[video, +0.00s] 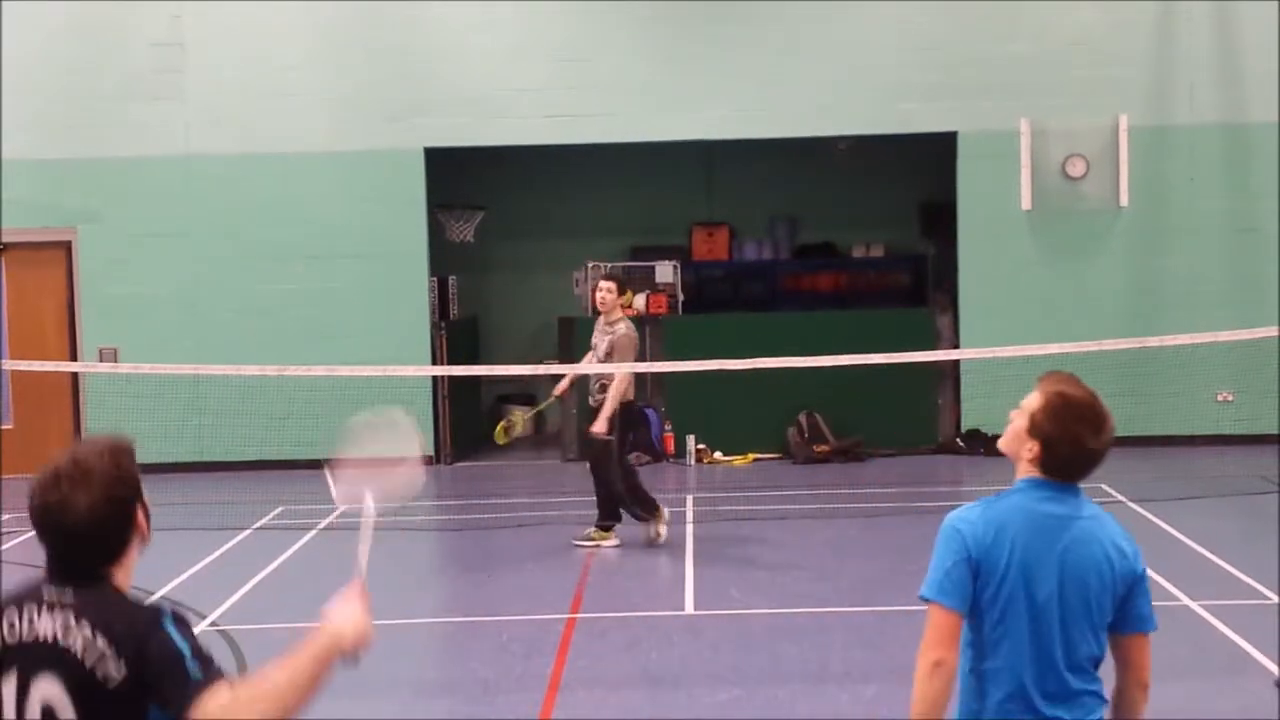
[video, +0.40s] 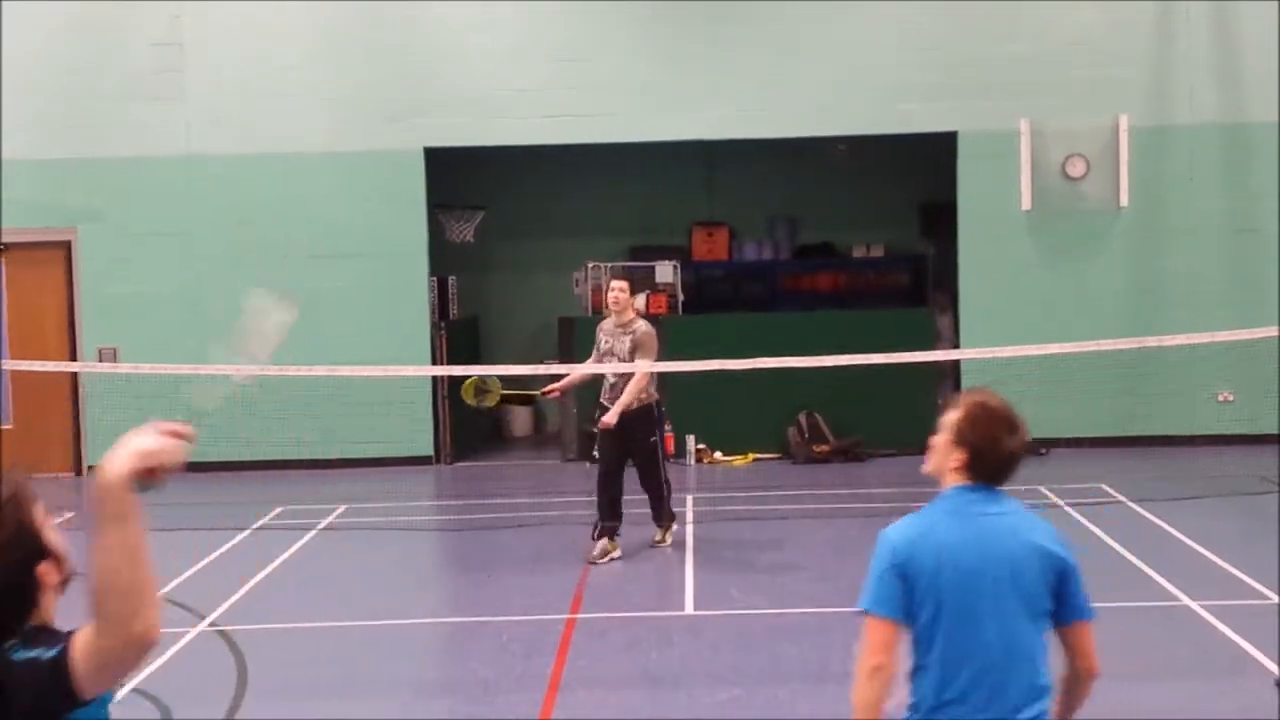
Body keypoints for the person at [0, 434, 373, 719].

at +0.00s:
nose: (145, 504)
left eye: (137, 495)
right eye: (143, 498)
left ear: (43, 528)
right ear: (140, 522)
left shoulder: (10, 615)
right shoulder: (147, 630)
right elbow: (221, 709)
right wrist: (332, 637)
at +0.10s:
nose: (132, 457)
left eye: (126, 443)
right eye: (128, 446)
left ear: (31, 478)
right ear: (125, 472)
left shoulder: (9, 546)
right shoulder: (127, 577)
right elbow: (226, 658)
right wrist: (305, 546)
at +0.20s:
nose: (107, 451)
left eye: (97, 441)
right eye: (102, 445)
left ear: (11, 478)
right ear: (100, 478)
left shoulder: (11, 561)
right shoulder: (95, 581)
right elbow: (211, 620)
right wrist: (268, 482)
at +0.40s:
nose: (58, 523)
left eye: (47, 518)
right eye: (47, 522)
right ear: (47, 573)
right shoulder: (19, 672)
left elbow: (129, 632)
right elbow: (130, 632)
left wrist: (112, 480)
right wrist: (112, 480)